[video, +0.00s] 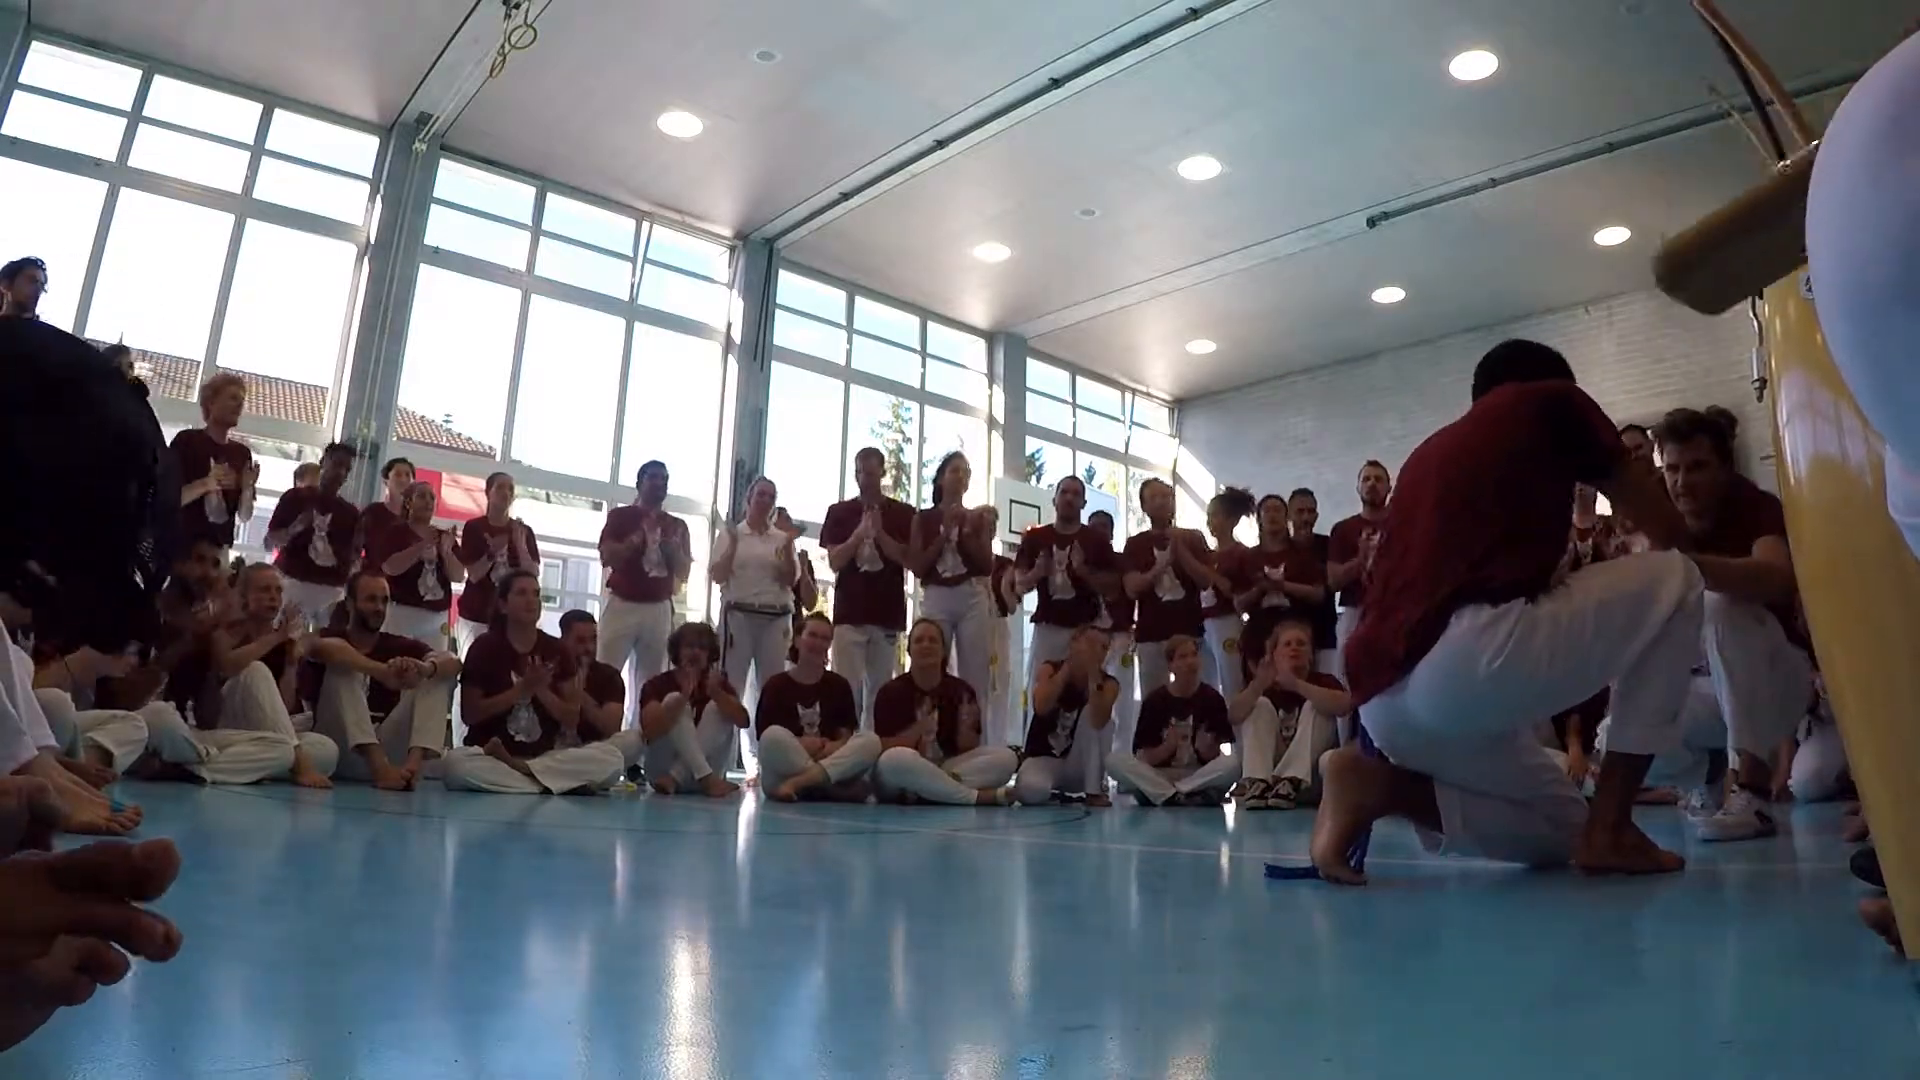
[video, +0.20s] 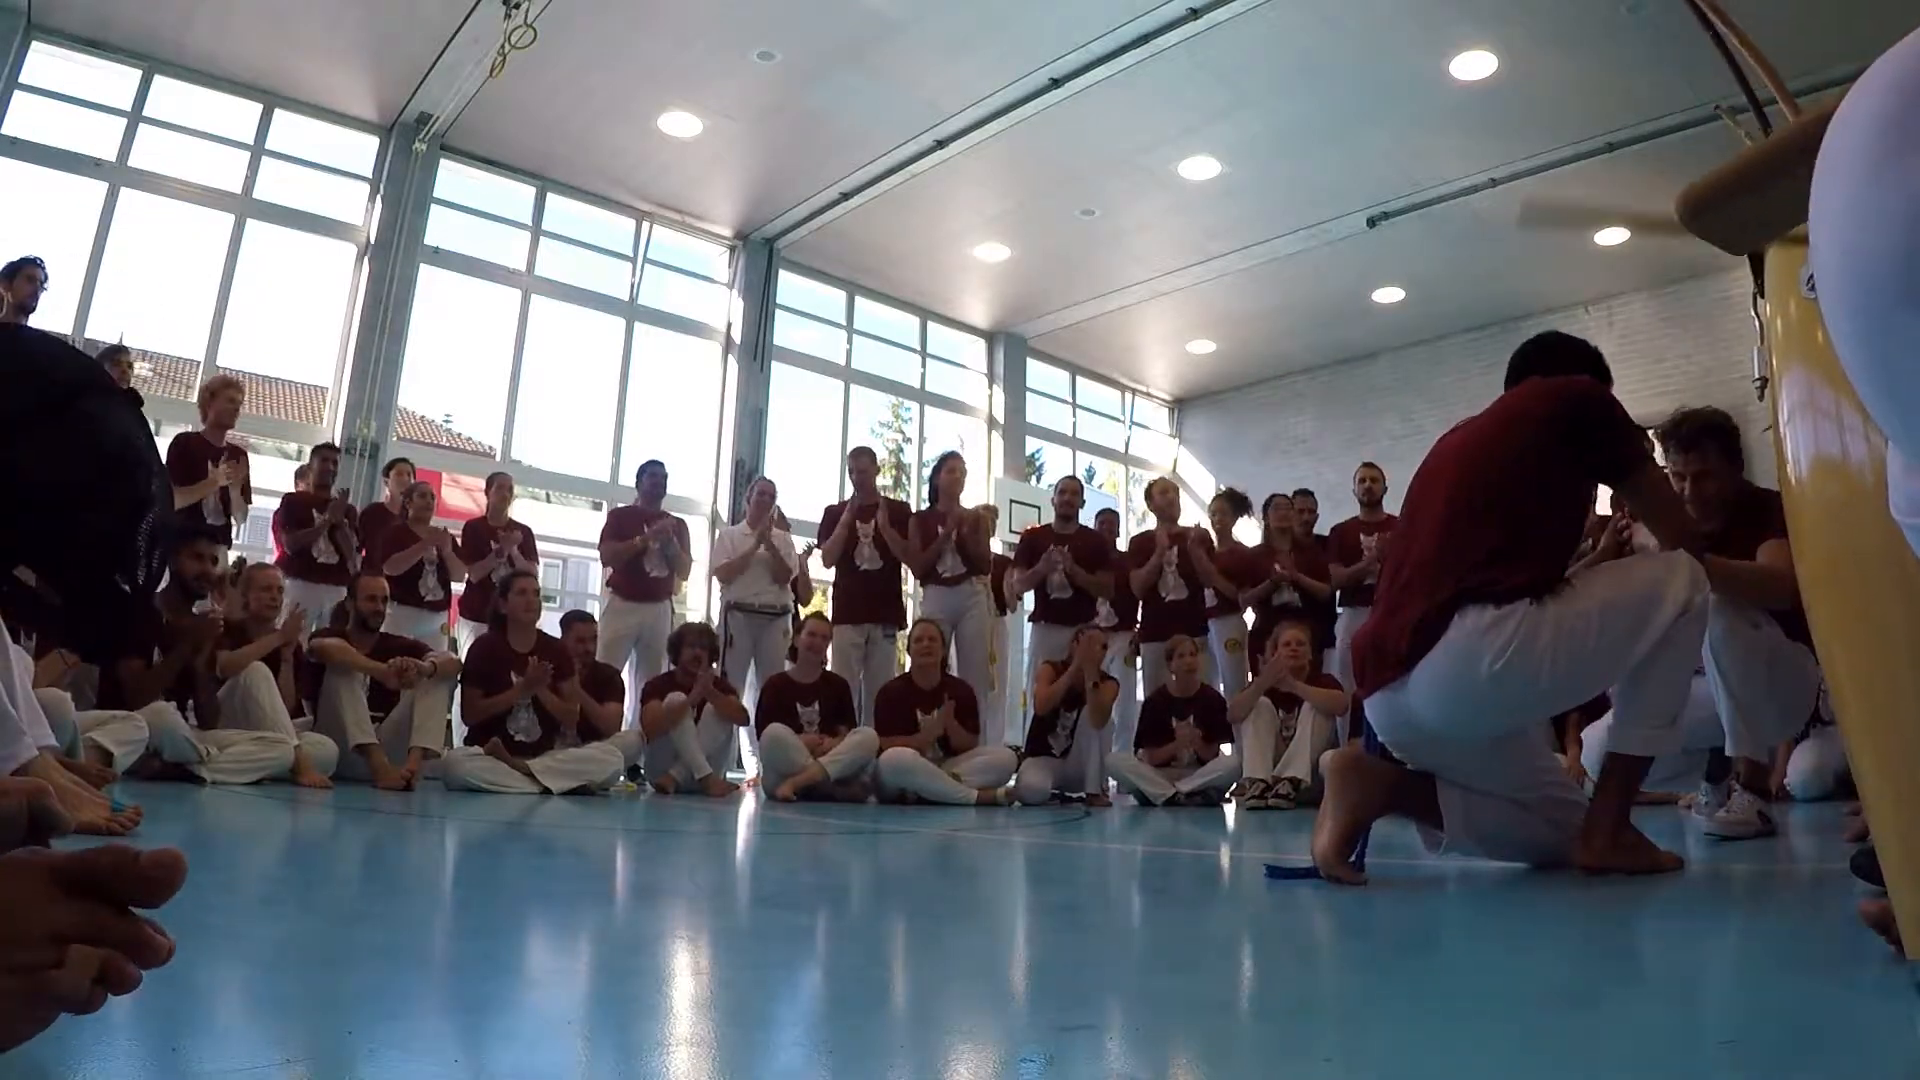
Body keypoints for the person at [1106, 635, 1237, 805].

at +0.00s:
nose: (1191, 661)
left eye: (1194, 655)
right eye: (1183, 657)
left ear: (1200, 659)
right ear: (1170, 665)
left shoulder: (1212, 698)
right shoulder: (1154, 700)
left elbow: (1217, 756)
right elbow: (1143, 757)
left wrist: (1207, 749)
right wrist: (1168, 747)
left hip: (1200, 771)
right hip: (1161, 773)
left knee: (1232, 763)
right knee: (1114, 760)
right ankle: (1172, 796)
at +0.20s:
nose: (1189, 660)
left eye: (1193, 654)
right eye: (1181, 656)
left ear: (1199, 659)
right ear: (1170, 665)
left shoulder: (1213, 698)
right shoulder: (1154, 701)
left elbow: (1212, 754)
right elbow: (1151, 758)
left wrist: (1195, 739)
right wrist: (1178, 744)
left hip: (1199, 771)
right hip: (1161, 772)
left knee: (1232, 764)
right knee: (1114, 760)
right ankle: (1172, 796)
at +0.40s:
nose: (1188, 660)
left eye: (1192, 654)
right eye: (1181, 656)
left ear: (1199, 659)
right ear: (1170, 665)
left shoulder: (1213, 698)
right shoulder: (1154, 701)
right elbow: (1148, 757)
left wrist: (1209, 751)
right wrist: (1166, 744)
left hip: (1200, 771)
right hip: (1162, 772)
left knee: (1232, 763)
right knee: (1114, 760)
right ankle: (1172, 796)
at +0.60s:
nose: (1188, 661)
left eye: (1192, 655)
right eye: (1180, 656)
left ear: (1198, 659)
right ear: (1170, 665)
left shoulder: (1212, 697)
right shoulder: (1154, 701)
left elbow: (1214, 755)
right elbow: (1150, 757)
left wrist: (1198, 744)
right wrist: (1179, 745)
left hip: (1200, 771)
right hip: (1162, 772)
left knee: (1233, 763)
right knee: (1114, 760)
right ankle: (1172, 795)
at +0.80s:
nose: (1188, 660)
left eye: (1192, 654)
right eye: (1180, 656)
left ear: (1198, 659)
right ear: (1169, 665)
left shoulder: (1213, 697)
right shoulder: (1155, 700)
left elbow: (1212, 754)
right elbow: (1150, 757)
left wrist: (1196, 742)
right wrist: (1179, 744)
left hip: (1199, 771)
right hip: (1162, 772)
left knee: (1232, 763)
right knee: (1114, 760)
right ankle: (1172, 796)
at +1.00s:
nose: (1186, 660)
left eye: (1190, 654)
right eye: (1179, 656)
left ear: (1197, 658)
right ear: (1170, 665)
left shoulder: (1214, 698)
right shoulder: (1155, 700)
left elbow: (1214, 756)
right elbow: (1146, 757)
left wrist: (1202, 744)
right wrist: (1169, 744)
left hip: (1200, 771)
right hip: (1162, 772)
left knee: (1232, 763)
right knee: (1114, 760)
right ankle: (1173, 796)